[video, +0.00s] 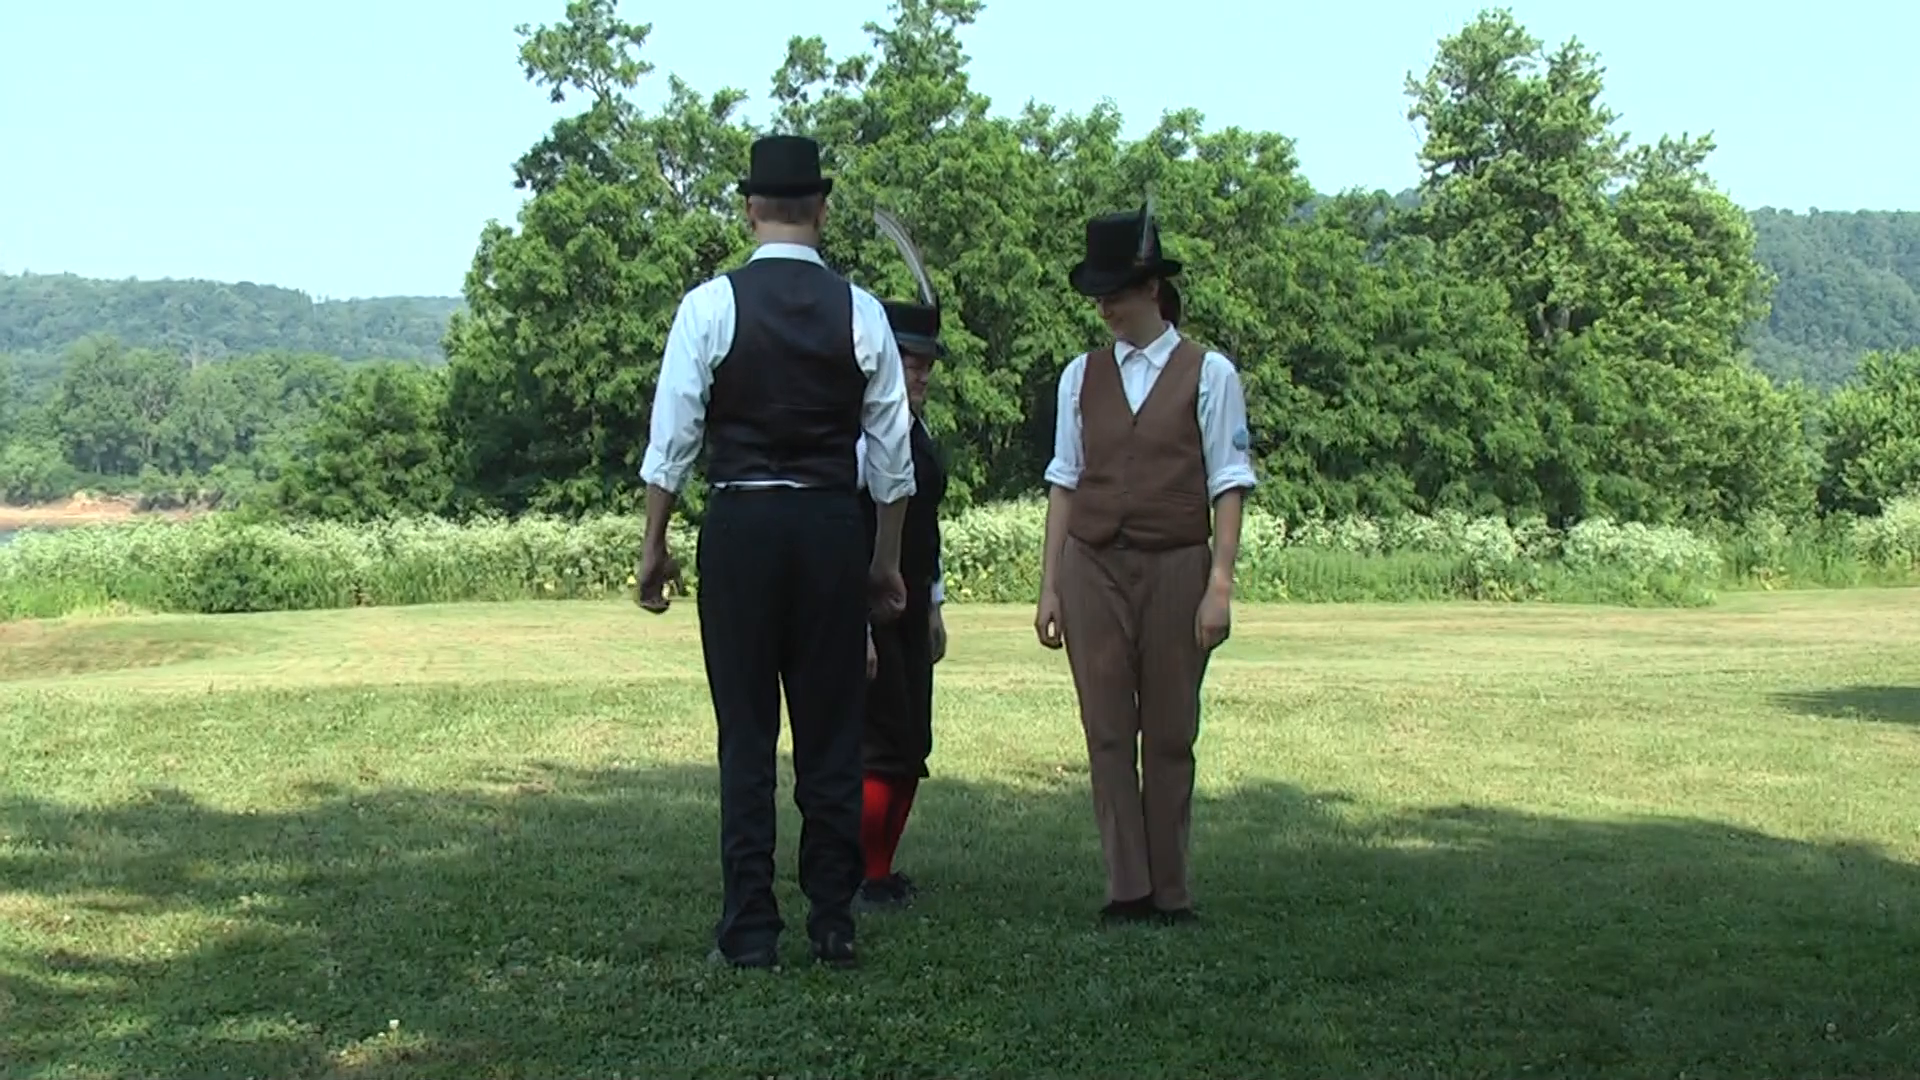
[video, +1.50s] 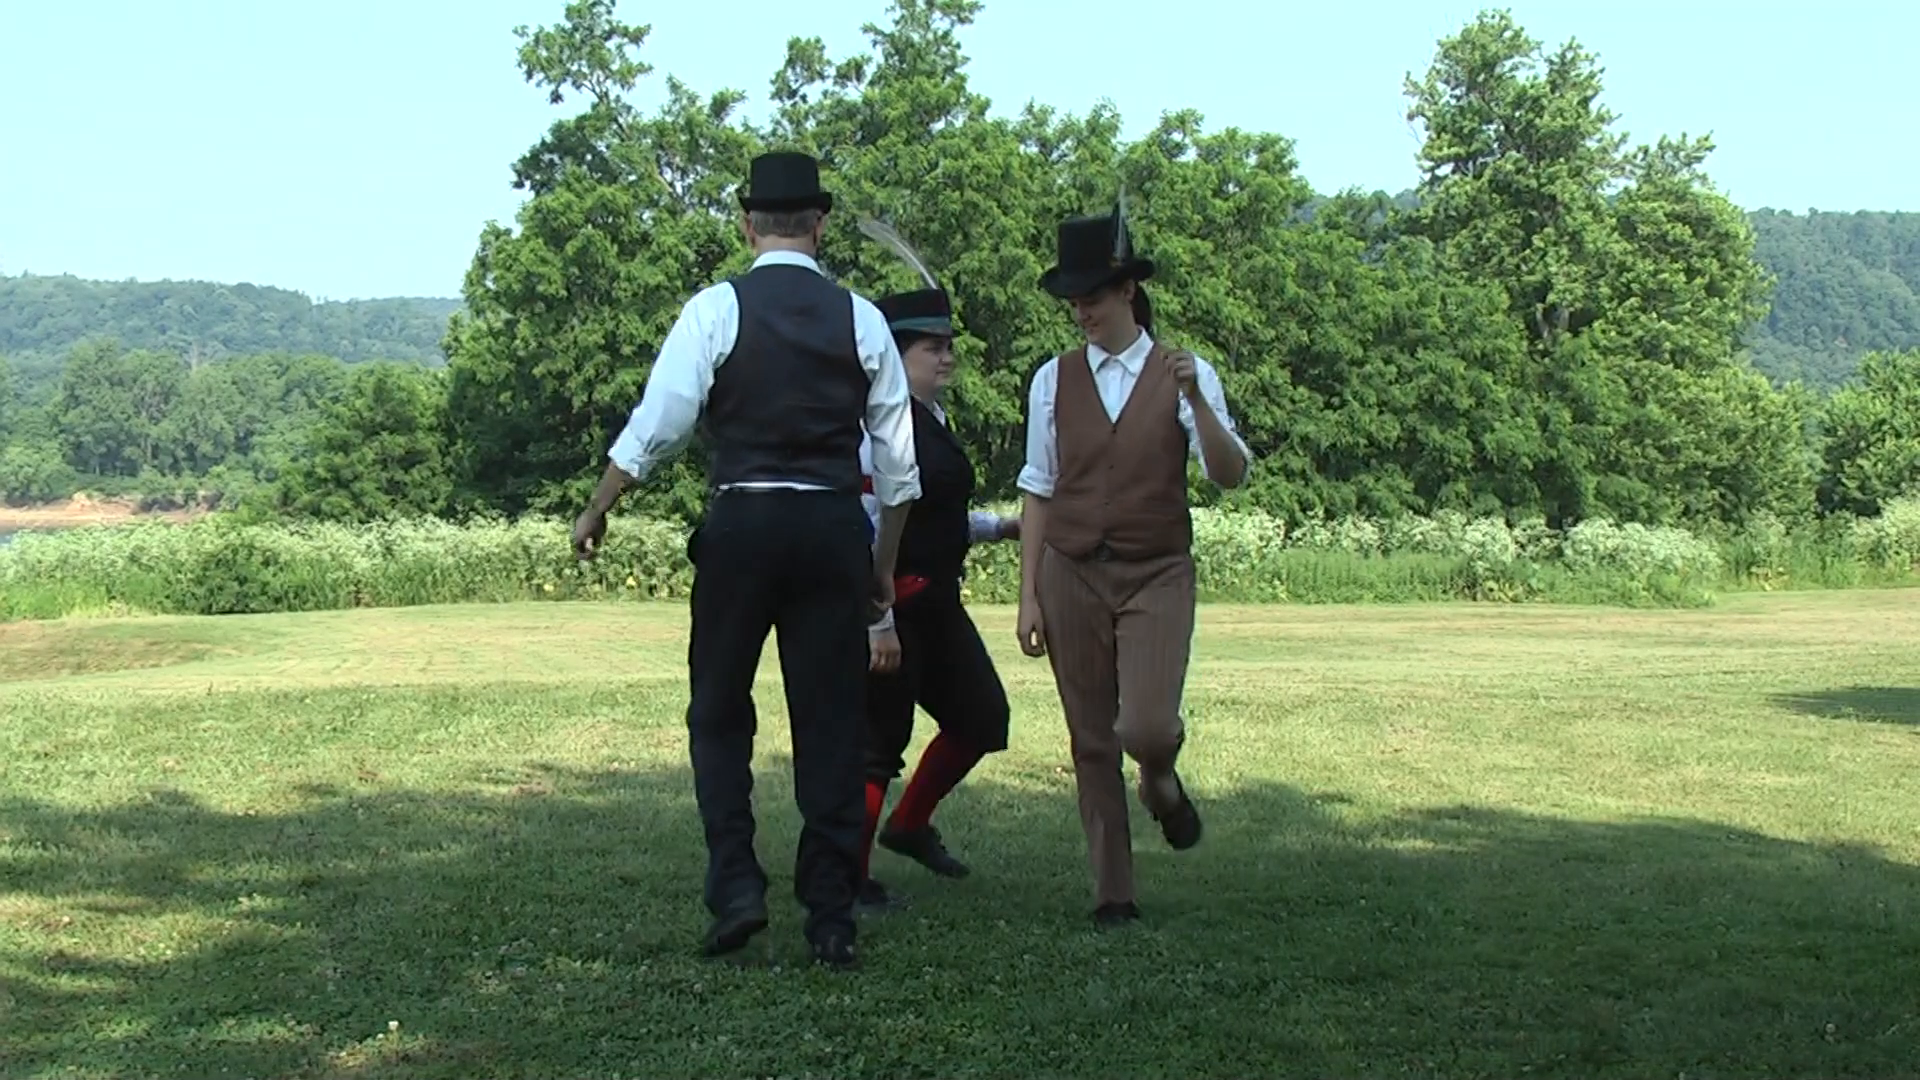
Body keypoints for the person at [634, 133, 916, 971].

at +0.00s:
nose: (797, 215)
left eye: (755, 204)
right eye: (813, 204)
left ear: (749, 210)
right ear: (822, 209)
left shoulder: (710, 304)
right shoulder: (863, 311)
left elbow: (674, 428)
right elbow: (893, 443)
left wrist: (654, 541)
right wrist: (887, 556)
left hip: (739, 536)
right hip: (835, 534)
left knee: (745, 739)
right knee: (831, 736)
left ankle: (749, 930)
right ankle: (834, 926)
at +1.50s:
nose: (765, 230)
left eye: (753, 220)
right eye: (807, 220)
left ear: (748, 224)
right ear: (823, 225)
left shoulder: (714, 308)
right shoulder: (863, 318)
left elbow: (664, 415)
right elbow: (895, 457)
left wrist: (598, 507)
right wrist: (885, 562)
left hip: (740, 527)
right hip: (836, 533)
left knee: (718, 711)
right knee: (830, 720)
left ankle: (736, 899)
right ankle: (831, 920)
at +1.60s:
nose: (747, 228)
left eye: (743, 218)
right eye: (809, 219)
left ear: (740, 222)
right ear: (813, 224)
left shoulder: (712, 299)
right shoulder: (854, 314)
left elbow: (636, 389)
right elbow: (896, 449)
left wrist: (551, 424)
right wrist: (880, 550)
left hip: (737, 520)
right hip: (830, 526)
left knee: (705, 689)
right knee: (830, 714)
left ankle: (722, 866)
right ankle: (834, 918)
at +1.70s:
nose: (787, 231)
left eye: (741, 222)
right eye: (796, 221)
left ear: (728, 226)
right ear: (799, 226)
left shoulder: (699, 301)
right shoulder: (840, 314)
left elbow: (591, 348)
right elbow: (883, 442)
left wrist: (529, 338)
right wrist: (871, 547)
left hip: (724, 521)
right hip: (815, 526)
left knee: (695, 694)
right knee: (819, 719)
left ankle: (707, 872)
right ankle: (832, 920)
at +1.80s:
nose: (750, 247)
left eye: (722, 237)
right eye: (770, 237)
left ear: (707, 242)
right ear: (777, 243)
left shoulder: (671, 315)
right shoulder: (819, 325)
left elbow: (549, 309)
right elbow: (867, 450)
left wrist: (522, 257)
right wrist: (869, 561)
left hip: (708, 533)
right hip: (800, 538)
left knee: (706, 714)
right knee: (792, 722)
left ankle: (694, 916)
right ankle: (828, 907)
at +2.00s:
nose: (761, 244)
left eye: (752, 234)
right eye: (761, 234)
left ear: (689, 241)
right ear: (751, 239)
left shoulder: (651, 308)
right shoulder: (789, 321)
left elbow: (599, 232)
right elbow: (836, 433)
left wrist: (579, 152)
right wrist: (852, 536)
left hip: (684, 529)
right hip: (775, 528)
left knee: (692, 722)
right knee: (773, 628)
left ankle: (697, 917)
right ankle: (771, 784)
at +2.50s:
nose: (819, 316)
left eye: (818, 303)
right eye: (819, 302)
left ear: (753, 285)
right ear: (802, 297)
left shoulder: (694, 328)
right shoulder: (811, 361)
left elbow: (676, 250)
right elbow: (830, 473)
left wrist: (710, 164)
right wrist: (816, 570)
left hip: (665, 541)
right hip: (745, 548)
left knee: (681, 724)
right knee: (809, 631)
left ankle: (672, 897)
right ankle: (758, 797)